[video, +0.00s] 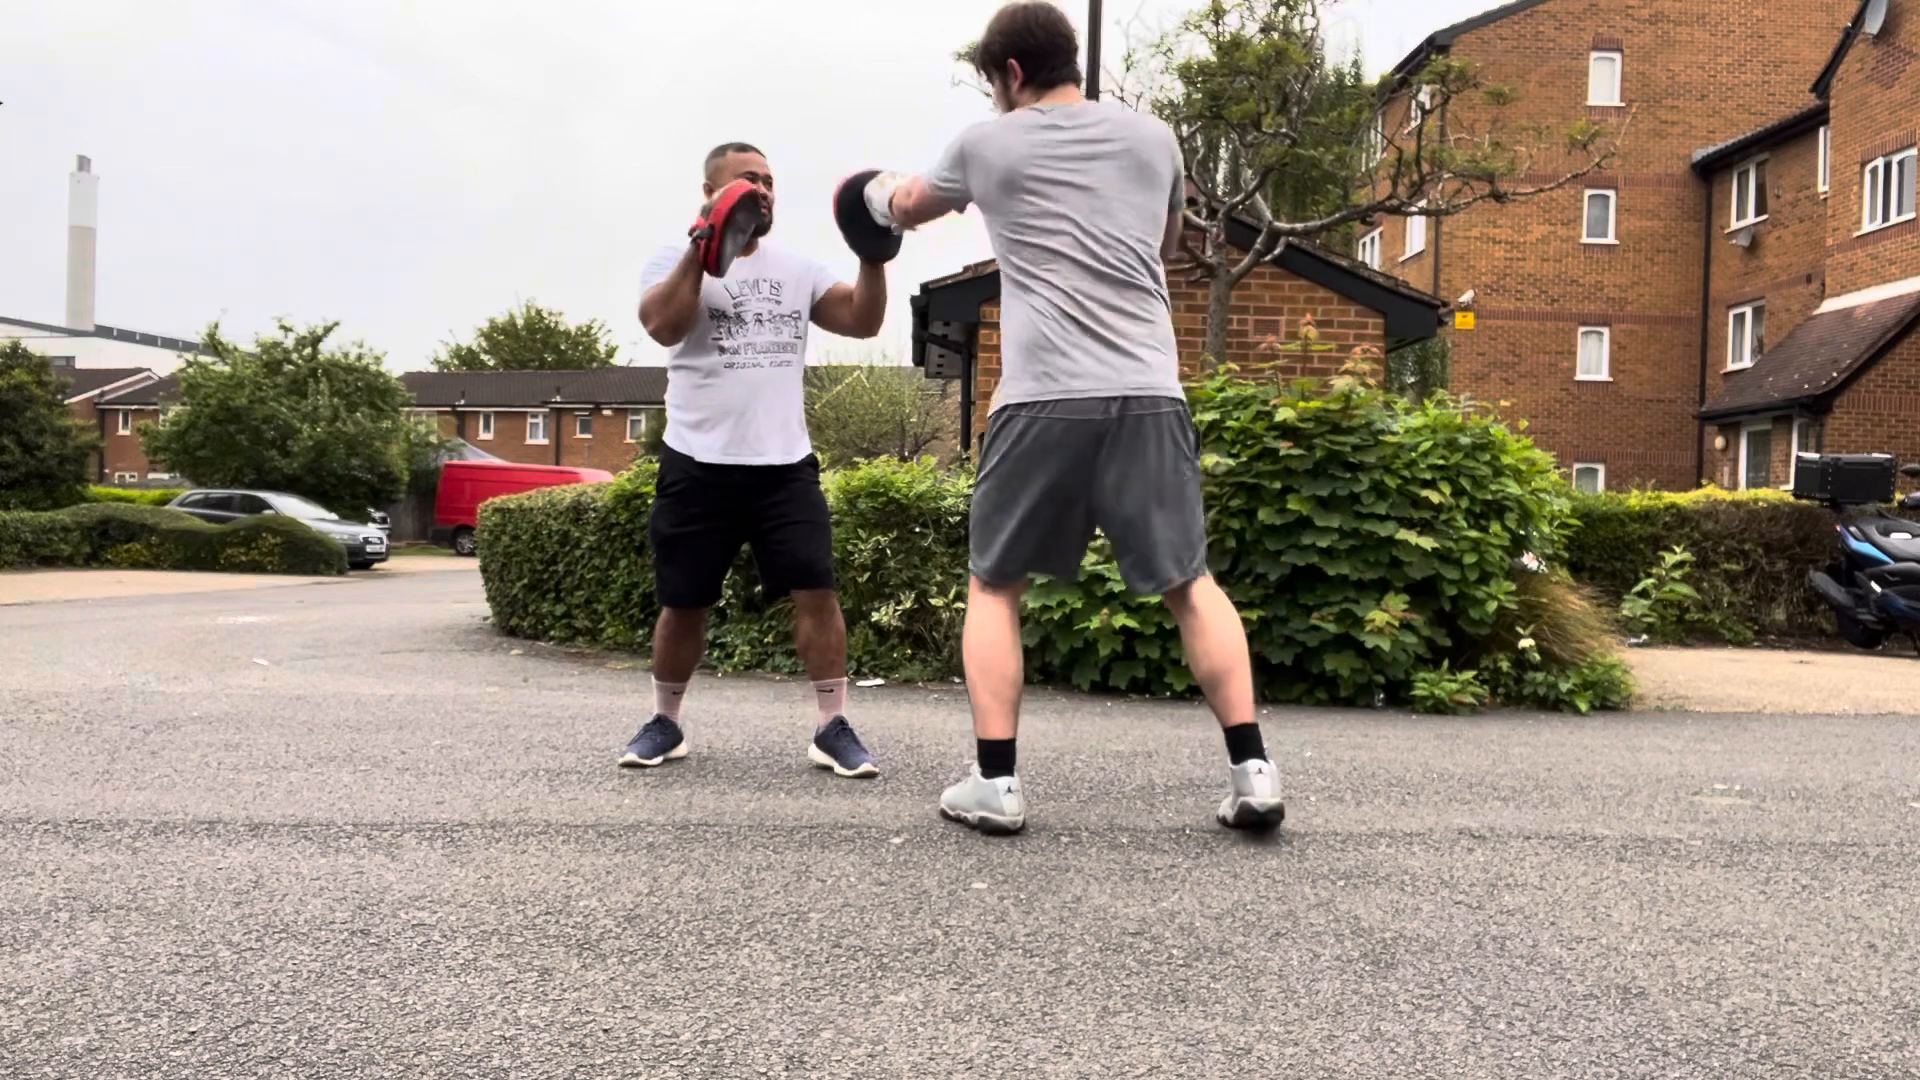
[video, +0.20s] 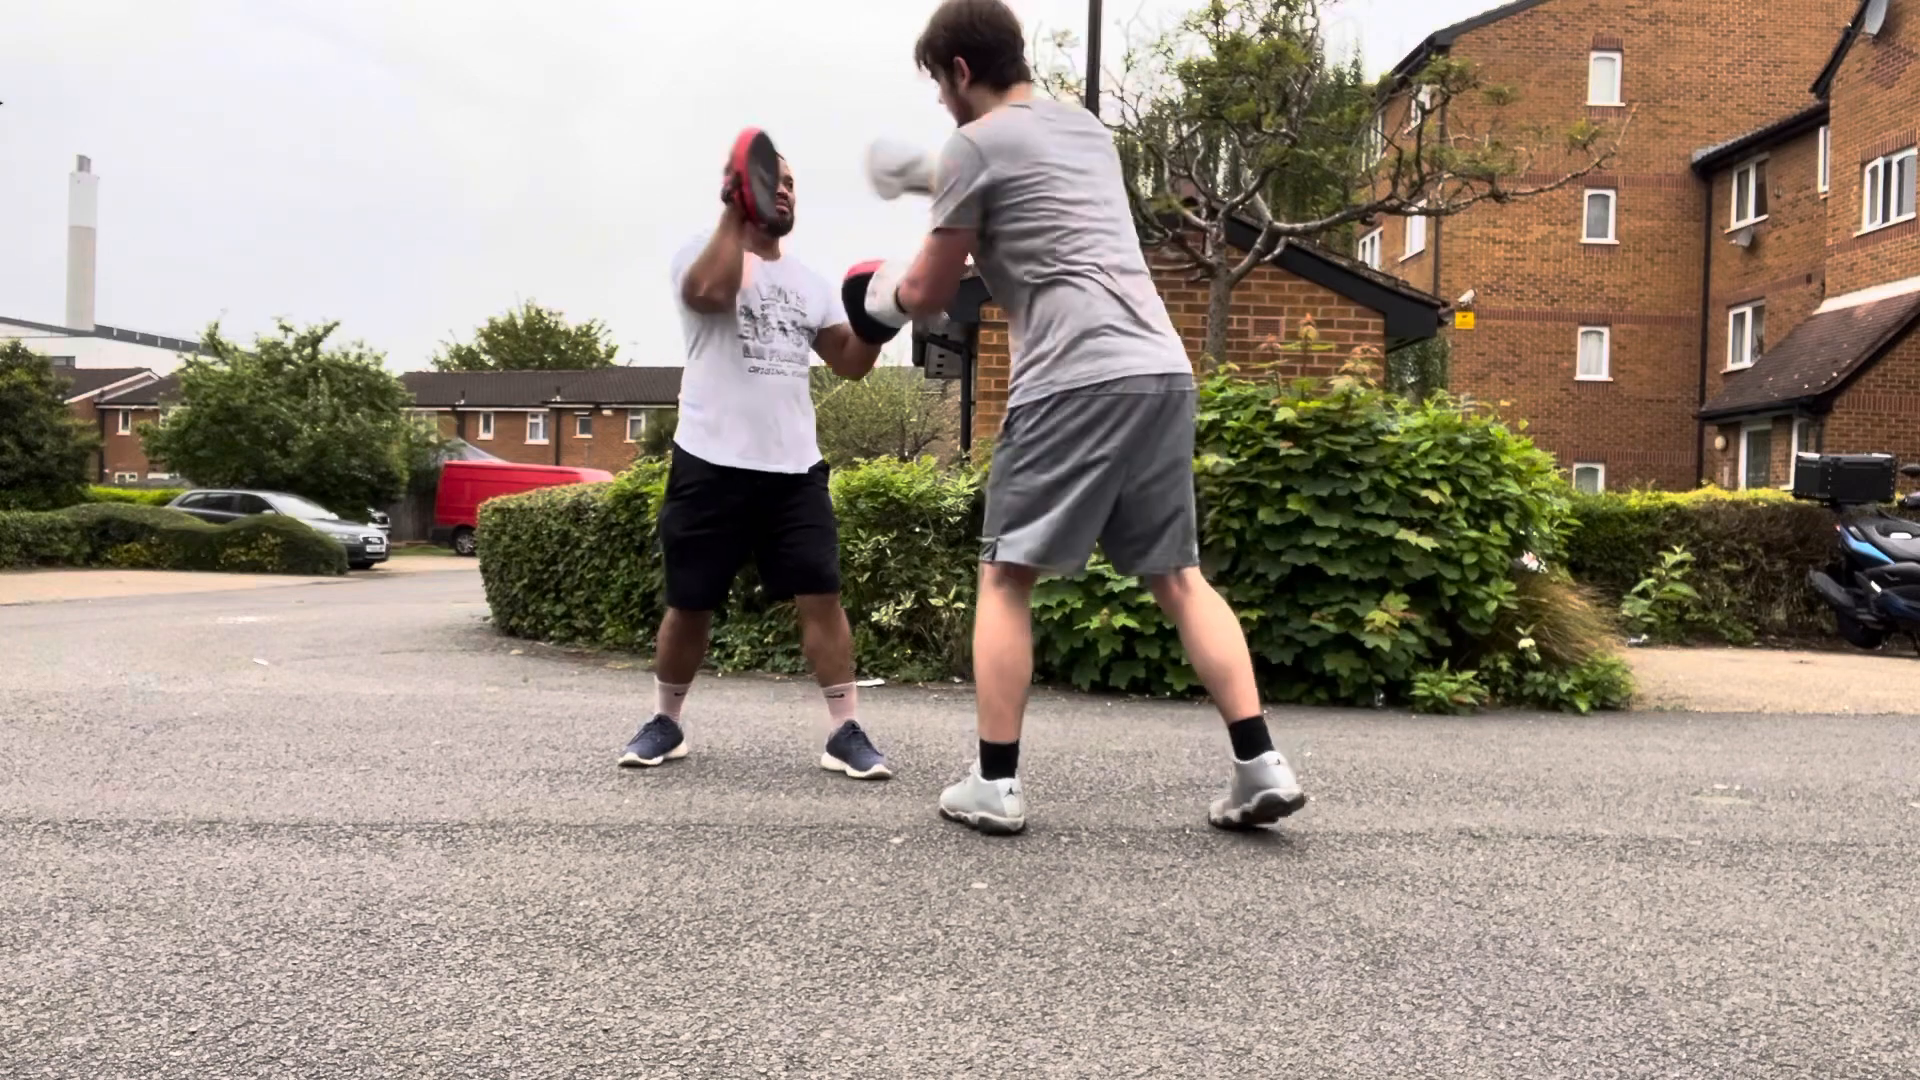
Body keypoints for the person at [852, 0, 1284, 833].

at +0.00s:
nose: (991, 93)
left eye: (990, 82)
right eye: (989, 82)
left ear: (1012, 73)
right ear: (1076, 64)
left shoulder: (989, 141)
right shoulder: (1153, 136)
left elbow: (910, 208)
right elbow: (1161, 241)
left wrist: (891, 188)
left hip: (1042, 400)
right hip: (1152, 397)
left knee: (994, 584)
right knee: (1191, 581)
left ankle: (997, 780)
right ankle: (1252, 767)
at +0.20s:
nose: (938, 97)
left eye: (936, 82)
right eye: (934, 83)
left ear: (959, 71)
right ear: (1020, 63)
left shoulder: (976, 144)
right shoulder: (1090, 128)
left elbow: (925, 295)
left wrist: (892, 286)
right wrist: (936, 178)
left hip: (1071, 380)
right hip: (1166, 372)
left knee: (1006, 579)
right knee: (1180, 573)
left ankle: (995, 783)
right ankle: (1260, 764)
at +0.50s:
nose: (994, 82)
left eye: (994, 64)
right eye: (991, 66)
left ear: (1020, 52)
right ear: (1076, 48)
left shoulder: (1044, 137)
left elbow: (983, 268)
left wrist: (948, 194)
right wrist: (998, 165)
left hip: (1093, 392)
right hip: (1188, 380)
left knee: (1013, 573)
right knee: (1217, 575)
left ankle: (997, 782)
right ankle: (1315, 762)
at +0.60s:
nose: (1071, 78)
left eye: (1070, 62)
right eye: (1071, 63)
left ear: (1090, 54)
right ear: (1160, 49)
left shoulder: (1066, 139)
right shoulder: (1227, 139)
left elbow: (1003, 253)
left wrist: (1021, 173)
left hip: (1088, 408)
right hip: (1201, 403)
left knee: (1011, 579)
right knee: (1241, 596)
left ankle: (999, 781)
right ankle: (1322, 786)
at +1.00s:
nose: (1027, 85)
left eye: (1025, 71)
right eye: (1025, 72)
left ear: (1048, 61)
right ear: (1110, 56)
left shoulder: (1042, 141)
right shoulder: (1183, 140)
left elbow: (978, 274)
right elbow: (1165, 245)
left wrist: (1049, 238)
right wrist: (1041, 241)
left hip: (1102, 400)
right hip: (1203, 393)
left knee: (1013, 581)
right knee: (1245, 591)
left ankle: (992, 783)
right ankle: (1325, 788)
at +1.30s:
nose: (955, 123)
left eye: (949, 105)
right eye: (949, 108)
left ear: (966, 96)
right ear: (1027, 80)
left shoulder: (1026, 163)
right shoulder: (1082, 144)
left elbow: (1058, 294)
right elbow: (1058, 269)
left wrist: (968, 352)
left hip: (1106, 399)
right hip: (1198, 386)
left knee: (1009, 571)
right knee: (1231, 575)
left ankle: (993, 780)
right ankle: (1329, 763)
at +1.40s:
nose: (983, 108)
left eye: (979, 93)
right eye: (978, 94)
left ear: (993, 84)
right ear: (1061, 68)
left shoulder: (1014, 156)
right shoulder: (1141, 135)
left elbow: (998, 296)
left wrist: (929, 342)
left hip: (1089, 400)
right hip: (1195, 386)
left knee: (1007, 572)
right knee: (1233, 580)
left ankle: (993, 779)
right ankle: (1324, 764)